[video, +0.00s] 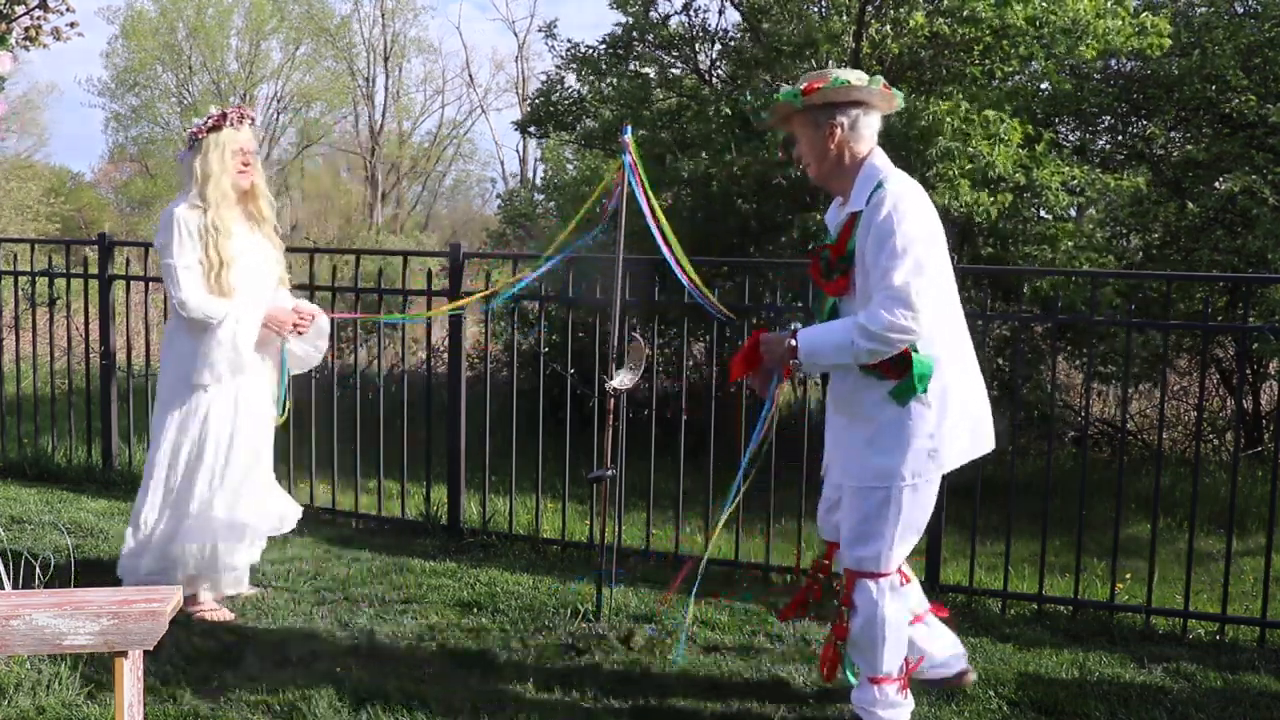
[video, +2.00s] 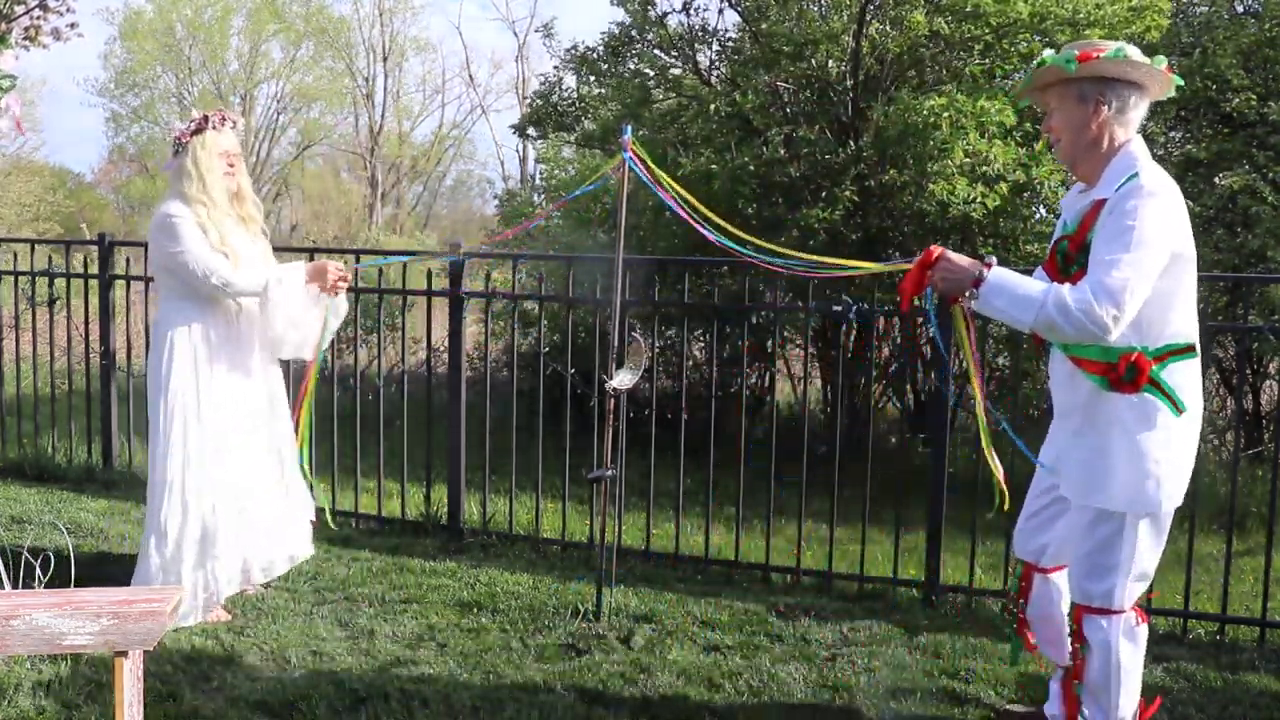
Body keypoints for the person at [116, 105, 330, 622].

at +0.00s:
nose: (247, 160)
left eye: (252, 152)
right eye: (236, 152)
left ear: (259, 160)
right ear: (210, 160)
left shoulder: (255, 219)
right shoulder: (185, 215)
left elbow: (268, 290)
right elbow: (189, 300)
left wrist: (296, 312)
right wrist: (258, 317)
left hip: (250, 364)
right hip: (205, 366)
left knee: (236, 472)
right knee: (204, 470)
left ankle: (210, 590)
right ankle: (191, 589)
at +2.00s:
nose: (233, 162)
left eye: (237, 154)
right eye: (222, 154)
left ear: (242, 161)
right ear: (193, 162)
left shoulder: (241, 222)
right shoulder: (174, 218)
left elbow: (262, 294)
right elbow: (219, 278)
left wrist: (317, 287)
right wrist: (302, 273)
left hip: (240, 358)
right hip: (192, 360)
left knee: (243, 461)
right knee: (199, 468)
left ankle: (237, 572)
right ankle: (197, 591)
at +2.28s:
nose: (226, 160)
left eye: (230, 151)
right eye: (215, 153)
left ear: (236, 158)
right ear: (186, 162)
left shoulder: (235, 218)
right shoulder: (165, 216)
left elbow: (263, 277)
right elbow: (200, 276)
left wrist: (312, 279)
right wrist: (282, 276)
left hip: (239, 352)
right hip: (191, 354)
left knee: (237, 459)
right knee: (196, 466)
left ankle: (231, 571)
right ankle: (191, 589)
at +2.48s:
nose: (217, 161)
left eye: (223, 153)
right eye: (206, 154)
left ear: (231, 159)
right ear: (180, 161)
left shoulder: (232, 217)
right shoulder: (161, 217)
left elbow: (259, 270)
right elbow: (193, 276)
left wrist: (303, 276)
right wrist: (274, 279)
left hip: (234, 349)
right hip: (188, 352)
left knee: (233, 456)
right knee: (192, 464)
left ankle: (224, 567)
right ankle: (189, 589)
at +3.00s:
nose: (226, 161)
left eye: (230, 153)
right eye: (215, 154)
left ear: (235, 160)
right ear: (187, 162)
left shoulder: (234, 222)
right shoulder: (165, 218)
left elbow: (265, 283)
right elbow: (206, 270)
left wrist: (317, 284)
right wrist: (291, 276)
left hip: (234, 351)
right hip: (188, 353)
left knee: (231, 457)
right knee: (191, 463)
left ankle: (219, 570)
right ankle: (182, 588)